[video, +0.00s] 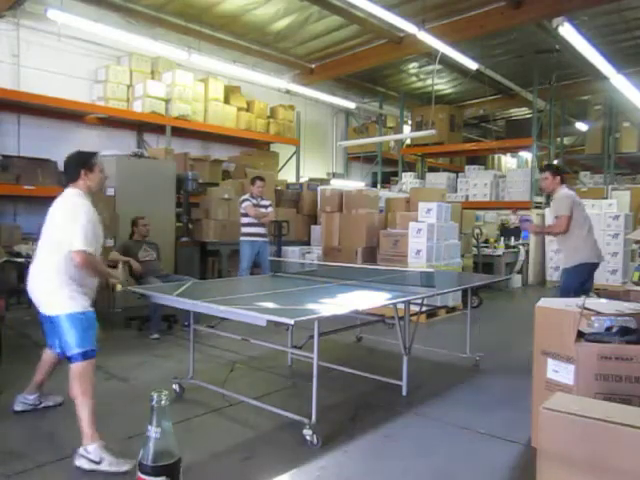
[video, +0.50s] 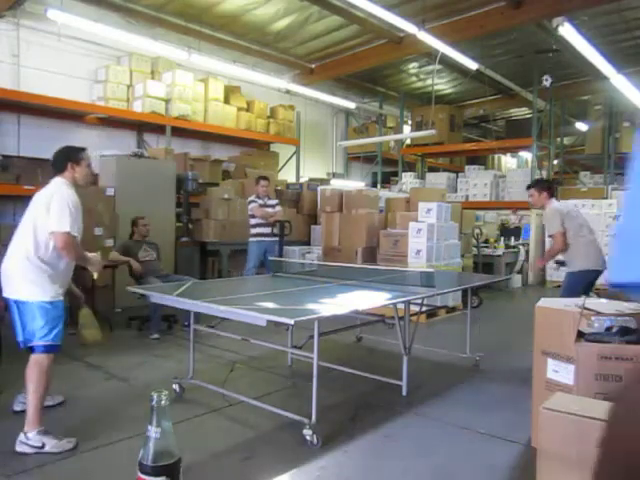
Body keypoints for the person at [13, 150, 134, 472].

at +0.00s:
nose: (105, 175)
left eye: (102, 170)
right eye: (100, 170)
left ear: (80, 175)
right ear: (85, 174)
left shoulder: (66, 200)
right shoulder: (81, 206)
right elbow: (81, 257)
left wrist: (107, 259)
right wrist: (108, 275)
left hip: (46, 287)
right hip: (65, 293)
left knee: (57, 345)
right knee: (83, 360)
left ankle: (30, 394)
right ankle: (91, 445)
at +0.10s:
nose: (100, 174)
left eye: (99, 169)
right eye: (96, 169)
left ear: (78, 171)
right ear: (80, 171)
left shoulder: (68, 197)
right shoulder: (70, 200)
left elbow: (86, 247)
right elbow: (63, 251)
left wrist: (124, 259)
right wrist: (90, 272)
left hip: (44, 284)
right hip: (54, 287)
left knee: (52, 346)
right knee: (69, 353)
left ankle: (29, 395)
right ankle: (72, 438)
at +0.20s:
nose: (95, 169)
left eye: (94, 164)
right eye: (91, 164)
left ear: (71, 167)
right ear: (76, 167)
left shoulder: (59, 190)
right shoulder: (67, 193)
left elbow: (59, 241)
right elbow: (59, 241)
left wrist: (83, 259)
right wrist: (82, 264)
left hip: (33, 278)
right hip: (47, 282)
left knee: (45, 342)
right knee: (59, 350)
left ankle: (30, 393)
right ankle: (54, 434)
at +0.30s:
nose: (93, 169)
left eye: (92, 164)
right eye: (89, 164)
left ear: (69, 166)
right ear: (73, 165)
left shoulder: (55, 189)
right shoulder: (65, 190)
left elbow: (55, 237)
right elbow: (62, 237)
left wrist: (82, 257)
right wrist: (84, 257)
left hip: (25, 278)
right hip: (41, 280)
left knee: (40, 342)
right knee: (52, 347)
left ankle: (32, 393)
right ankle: (39, 429)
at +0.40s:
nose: (93, 170)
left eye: (91, 165)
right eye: (88, 165)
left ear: (68, 168)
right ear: (72, 167)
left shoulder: (53, 190)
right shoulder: (65, 192)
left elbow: (50, 244)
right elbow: (63, 239)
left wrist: (71, 279)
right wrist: (87, 257)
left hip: (26, 279)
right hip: (37, 282)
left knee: (41, 344)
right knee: (44, 351)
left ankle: (30, 395)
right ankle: (32, 431)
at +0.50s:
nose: (92, 171)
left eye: (91, 165)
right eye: (87, 165)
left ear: (67, 168)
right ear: (72, 167)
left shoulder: (51, 191)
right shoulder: (64, 193)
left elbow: (47, 248)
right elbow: (63, 242)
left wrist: (70, 286)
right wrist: (87, 259)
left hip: (23, 279)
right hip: (36, 282)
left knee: (39, 344)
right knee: (43, 351)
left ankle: (30, 395)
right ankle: (32, 431)